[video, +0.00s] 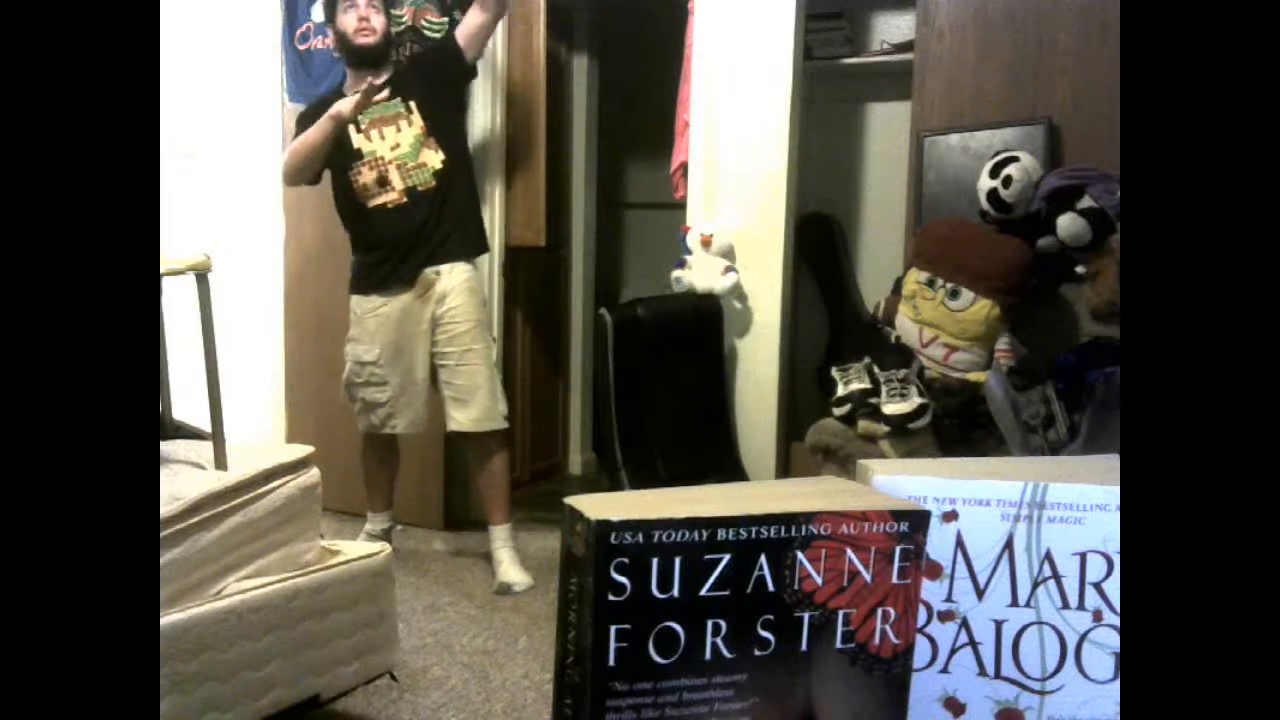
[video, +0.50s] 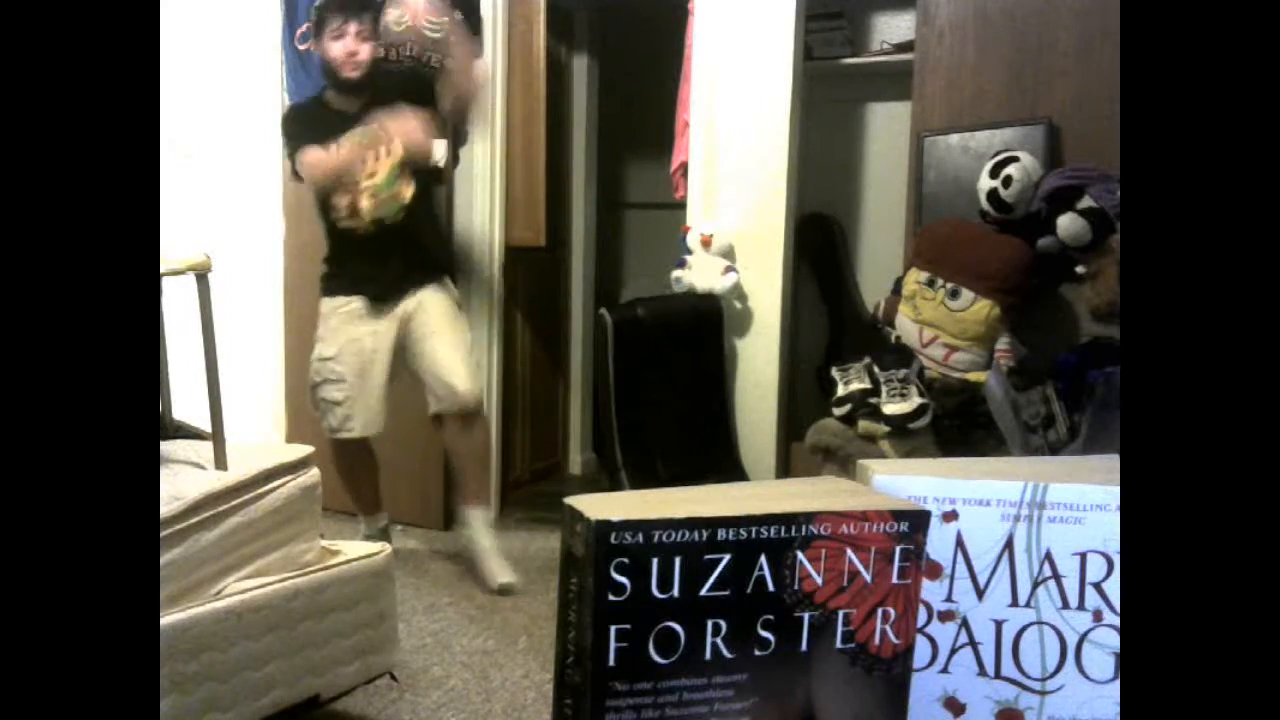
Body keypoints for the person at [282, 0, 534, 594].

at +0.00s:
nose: (364, 13)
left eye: (373, 5)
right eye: (350, 7)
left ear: (388, 19)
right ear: (334, 29)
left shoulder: (432, 69)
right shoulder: (324, 111)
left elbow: (490, 6)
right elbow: (293, 175)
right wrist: (335, 118)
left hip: (453, 263)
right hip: (380, 279)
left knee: (479, 408)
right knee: (378, 410)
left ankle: (503, 544)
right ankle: (378, 531)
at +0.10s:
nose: (379, 15)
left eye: (388, 7)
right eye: (367, 9)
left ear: (405, 19)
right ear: (351, 27)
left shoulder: (437, 67)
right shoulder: (338, 95)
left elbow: (474, 9)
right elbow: (310, 146)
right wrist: (369, 74)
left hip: (451, 265)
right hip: (378, 278)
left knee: (480, 408)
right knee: (374, 412)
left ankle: (502, 542)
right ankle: (378, 530)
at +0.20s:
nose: (392, 15)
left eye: (399, 6)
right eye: (380, 7)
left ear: (412, 19)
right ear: (356, 20)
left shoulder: (438, 74)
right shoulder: (336, 82)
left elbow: (461, 11)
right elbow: (327, 125)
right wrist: (384, 51)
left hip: (448, 273)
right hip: (375, 285)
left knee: (484, 411)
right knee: (368, 420)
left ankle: (503, 544)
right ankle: (377, 531)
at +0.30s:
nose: (371, 33)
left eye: (383, 24)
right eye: (357, 23)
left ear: (397, 33)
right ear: (338, 37)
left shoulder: (428, 90)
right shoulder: (329, 107)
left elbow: (464, 25)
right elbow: (333, 149)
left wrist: (410, 1)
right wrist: (400, 80)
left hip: (437, 269)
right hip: (367, 279)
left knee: (474, 410)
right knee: (357, 416)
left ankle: (499, 544)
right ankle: (377, 535)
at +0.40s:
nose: (367, 37)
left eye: (378, 27)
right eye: (353, 27)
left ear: (393, 35)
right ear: (334, 40)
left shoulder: (428, 87)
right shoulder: (321, 109)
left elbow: (469, 29)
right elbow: (319, 160)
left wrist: (426, 0)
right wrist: (383, 98)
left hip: (436, 268)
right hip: (363, 279)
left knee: (466, 409)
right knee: (353, 416)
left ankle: (497, 540)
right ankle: (378, 532)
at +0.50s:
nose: (352, 48)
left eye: (363, 36)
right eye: (339, 37)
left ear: (379, 42)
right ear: (318, 46)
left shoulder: (407, 88)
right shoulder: (304, 116)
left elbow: (465, 88)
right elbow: (315, 171)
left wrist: (448, 28)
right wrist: (385, 130)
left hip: (424, 278)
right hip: (351, 287)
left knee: (462, 399)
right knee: (346, 420)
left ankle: (476, 527)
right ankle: (375, 531)